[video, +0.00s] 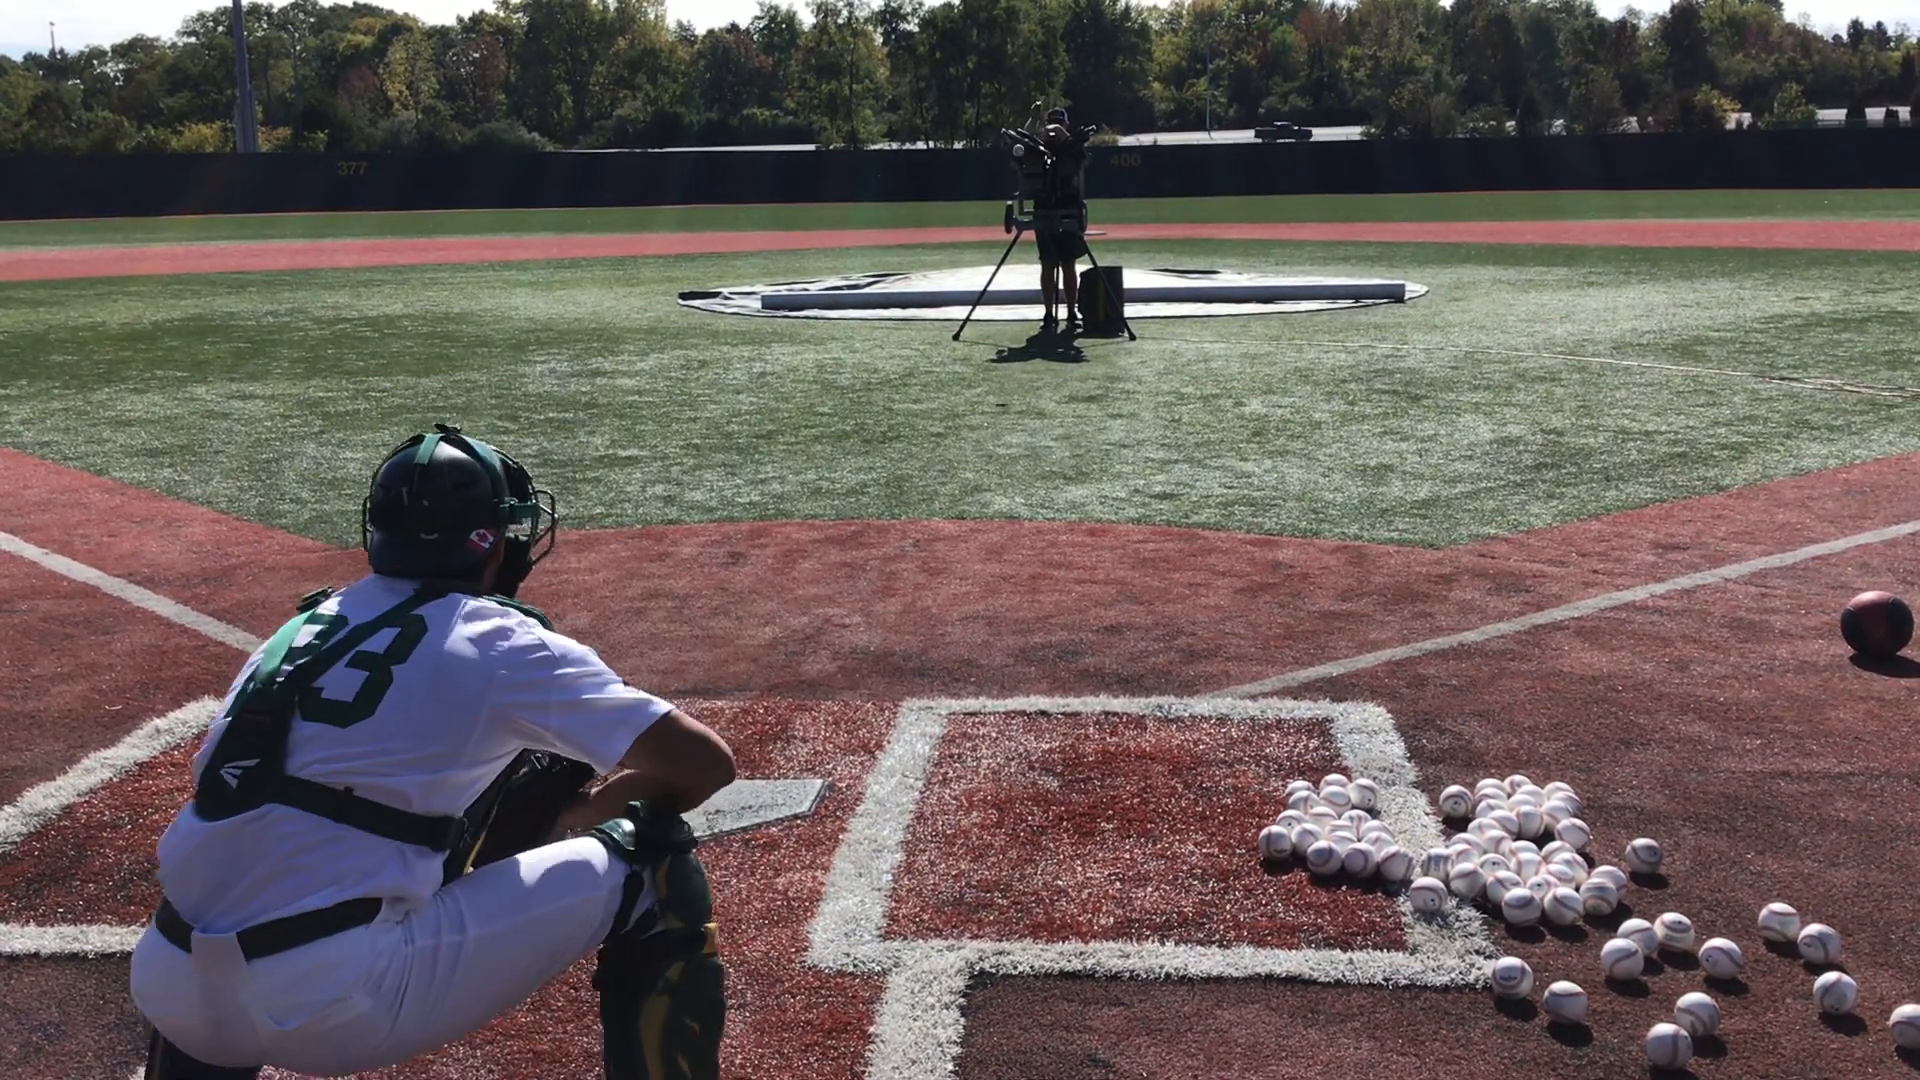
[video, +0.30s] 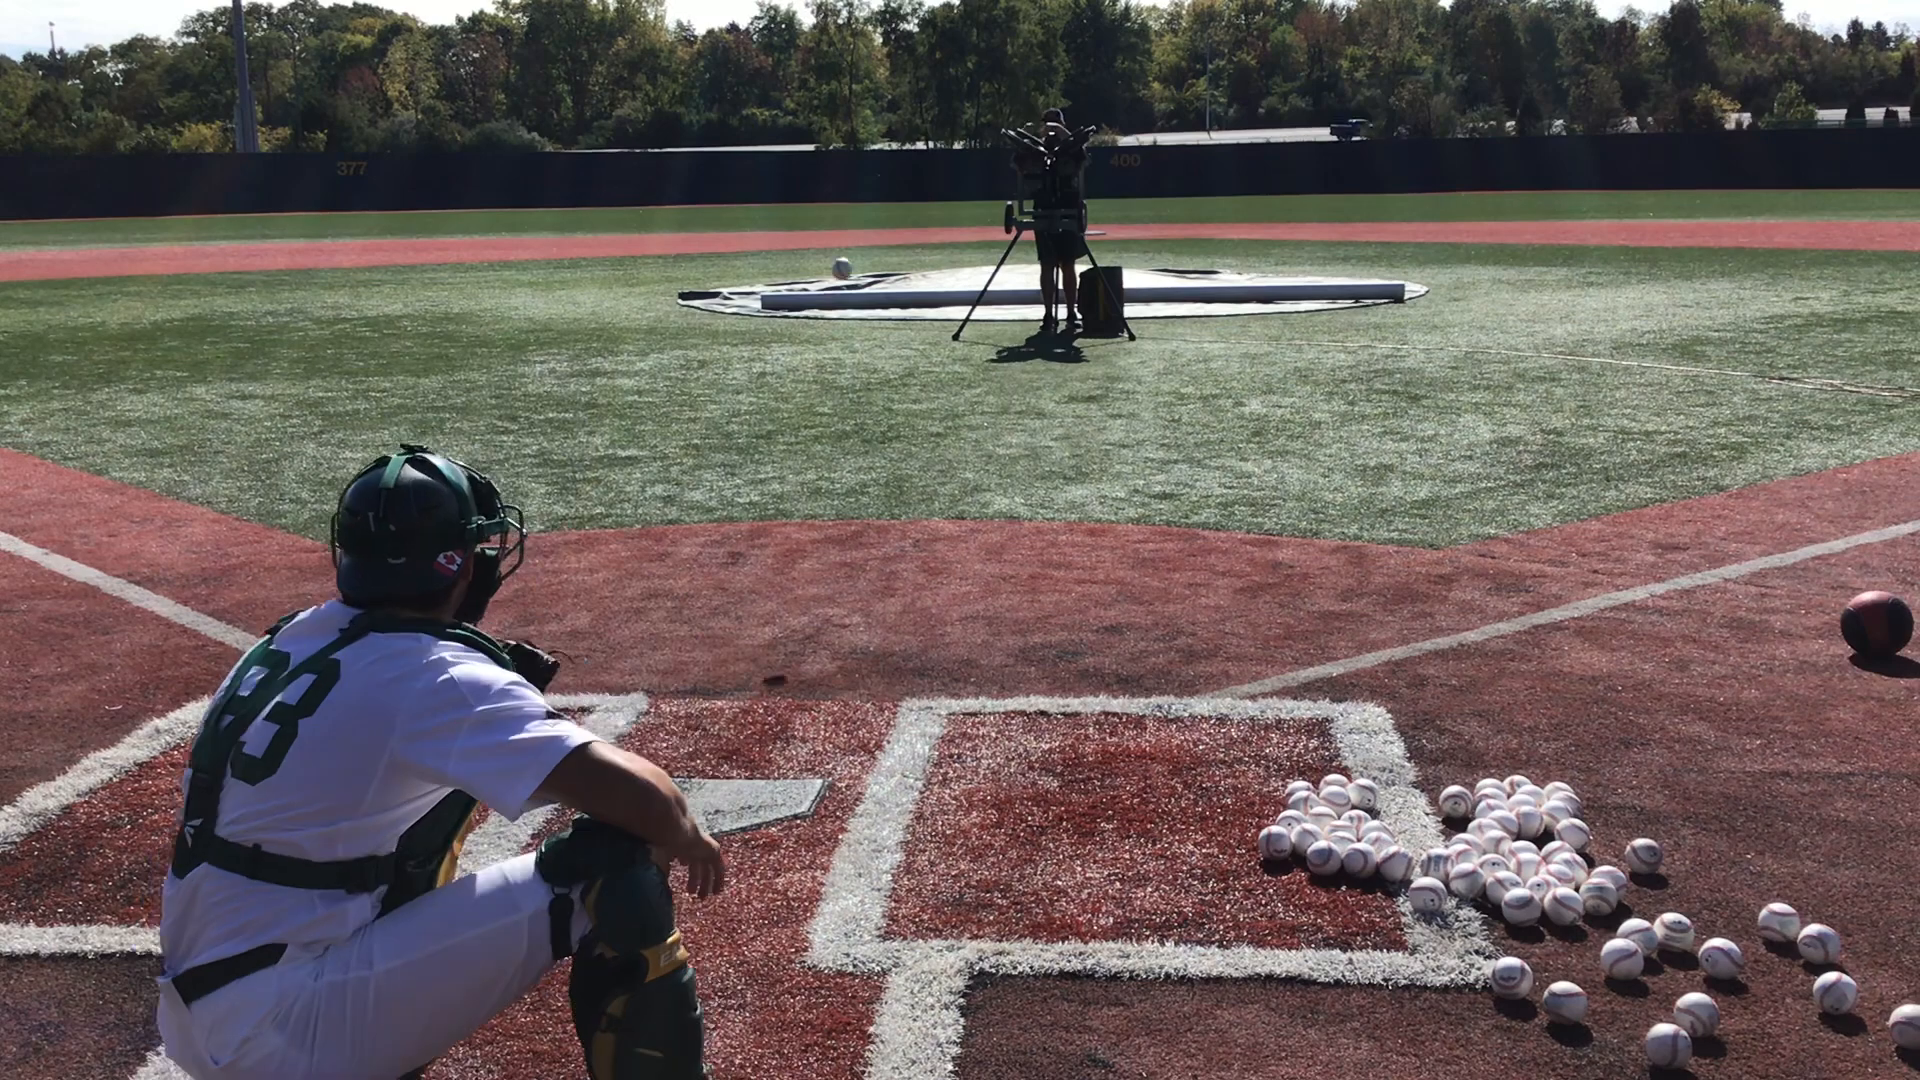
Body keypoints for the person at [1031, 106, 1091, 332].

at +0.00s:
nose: (1054, 131)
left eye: (1059, 126)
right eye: (1051, 126)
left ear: (1067, 127)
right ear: (1045, 128)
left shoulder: (1074, 146)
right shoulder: (1040, 147)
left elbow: (1080, 160)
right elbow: (1024, 143)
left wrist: (1064, 136)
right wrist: (1034, 119)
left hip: (1069, 212)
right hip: (1044, 213)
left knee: (1069, 267)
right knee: (1048, 267)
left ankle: (1071, 314)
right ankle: (1049, 315)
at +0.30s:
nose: (1051, 132)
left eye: (1055, 128)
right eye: (1048, 127)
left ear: (1063, 128)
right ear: (1042, 129)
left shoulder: (1071, 148)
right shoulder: (1036, 150)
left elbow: (1082, 160)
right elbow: (1023, 166)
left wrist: (1066, 136)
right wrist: (1037, 142)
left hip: (1069, 213)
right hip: (1044, 214)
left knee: (1068, 267)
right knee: (1047, 268)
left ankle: (1071, 313)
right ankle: (1048, 314)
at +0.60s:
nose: (1048, 129)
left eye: (1052, 125)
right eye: (1044, 125)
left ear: (1059, 127)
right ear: (1039, 127)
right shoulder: (1033, 150)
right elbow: (1024, 186)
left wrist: (1078, 150)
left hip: (1069, 214)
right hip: (1044, 215)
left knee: (1069, 267)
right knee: (1047, 268)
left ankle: (1071, 314)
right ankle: (1048, 314)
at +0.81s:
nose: (1054, 134)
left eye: (1059, 130)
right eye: (1051, 129)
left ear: (1067, 132)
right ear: (1046, 131)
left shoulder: (1076, 151)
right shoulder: (1037, 152)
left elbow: (1086, 177)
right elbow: (1025, 185)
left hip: (1073, 215)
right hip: (1045, 216)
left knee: (1078, 268)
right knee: (1047, 268)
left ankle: (1077, 316)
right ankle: (1048, 315)